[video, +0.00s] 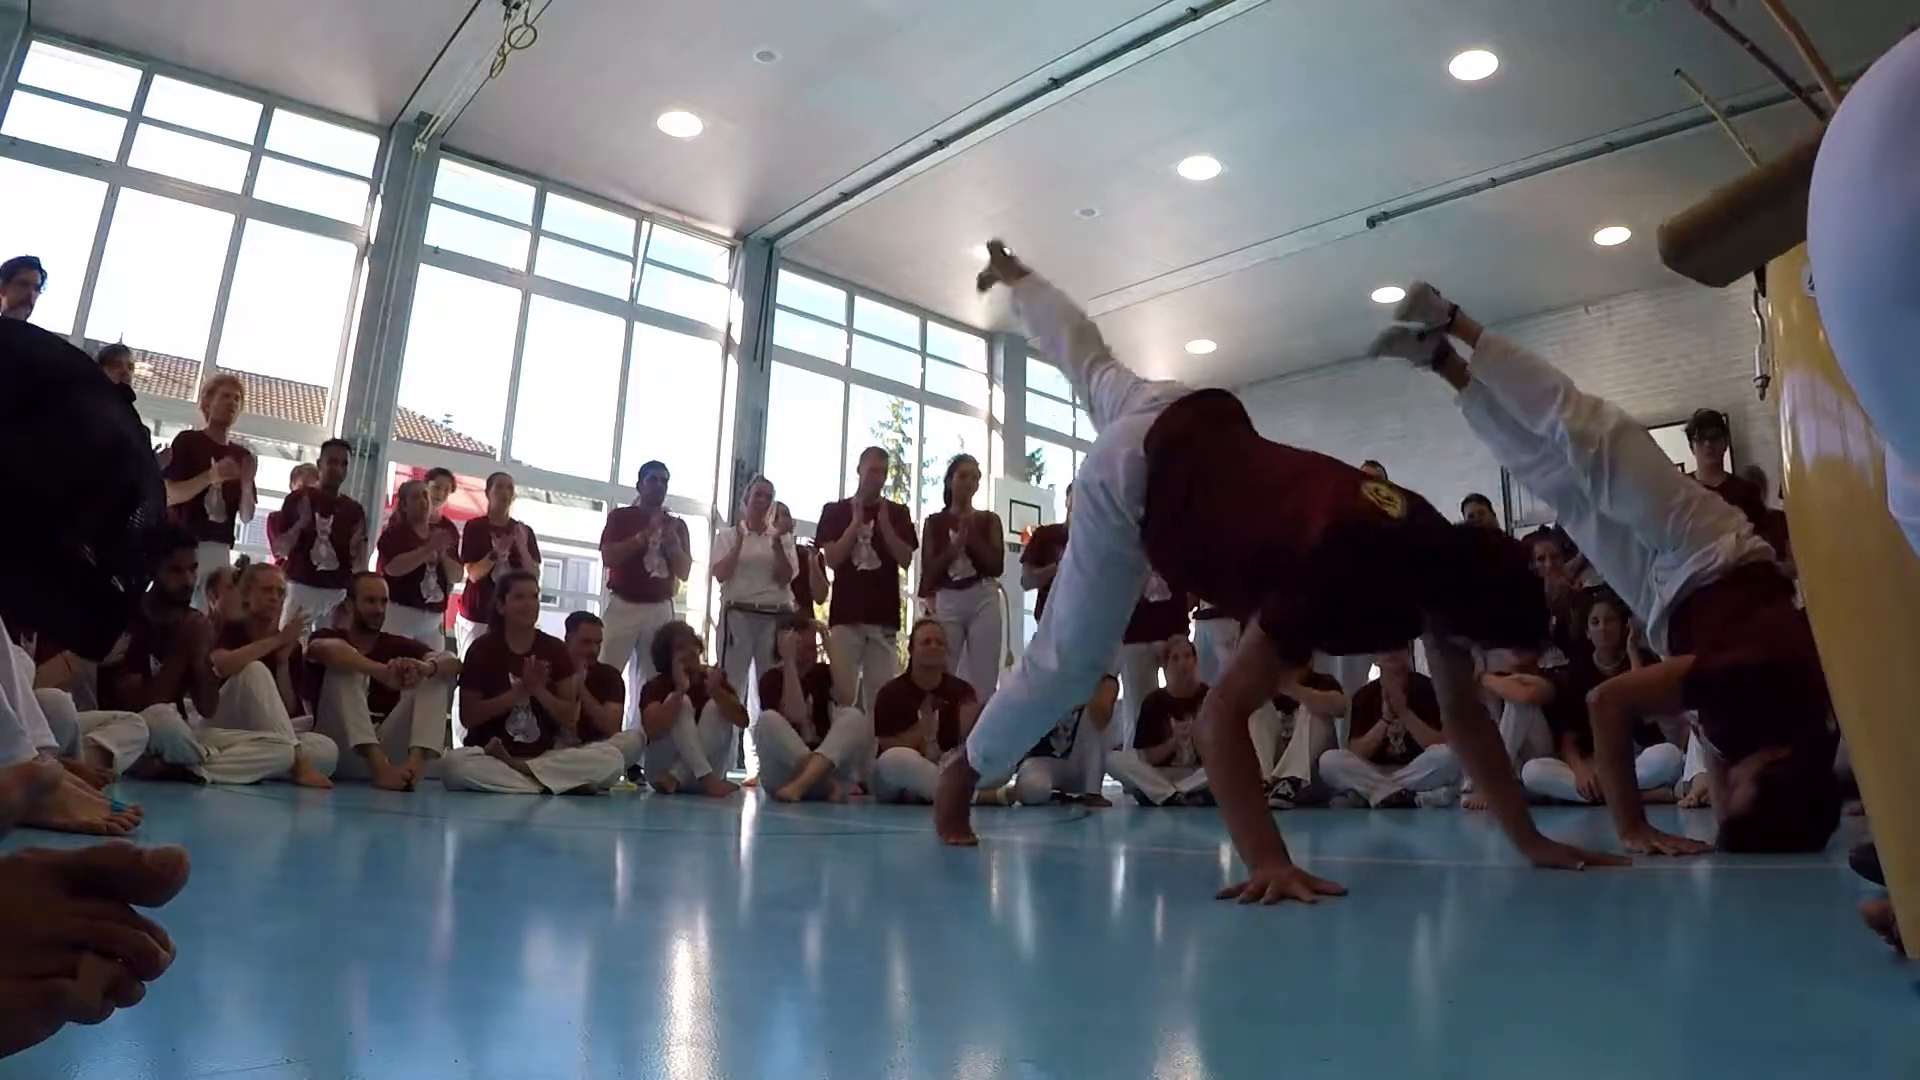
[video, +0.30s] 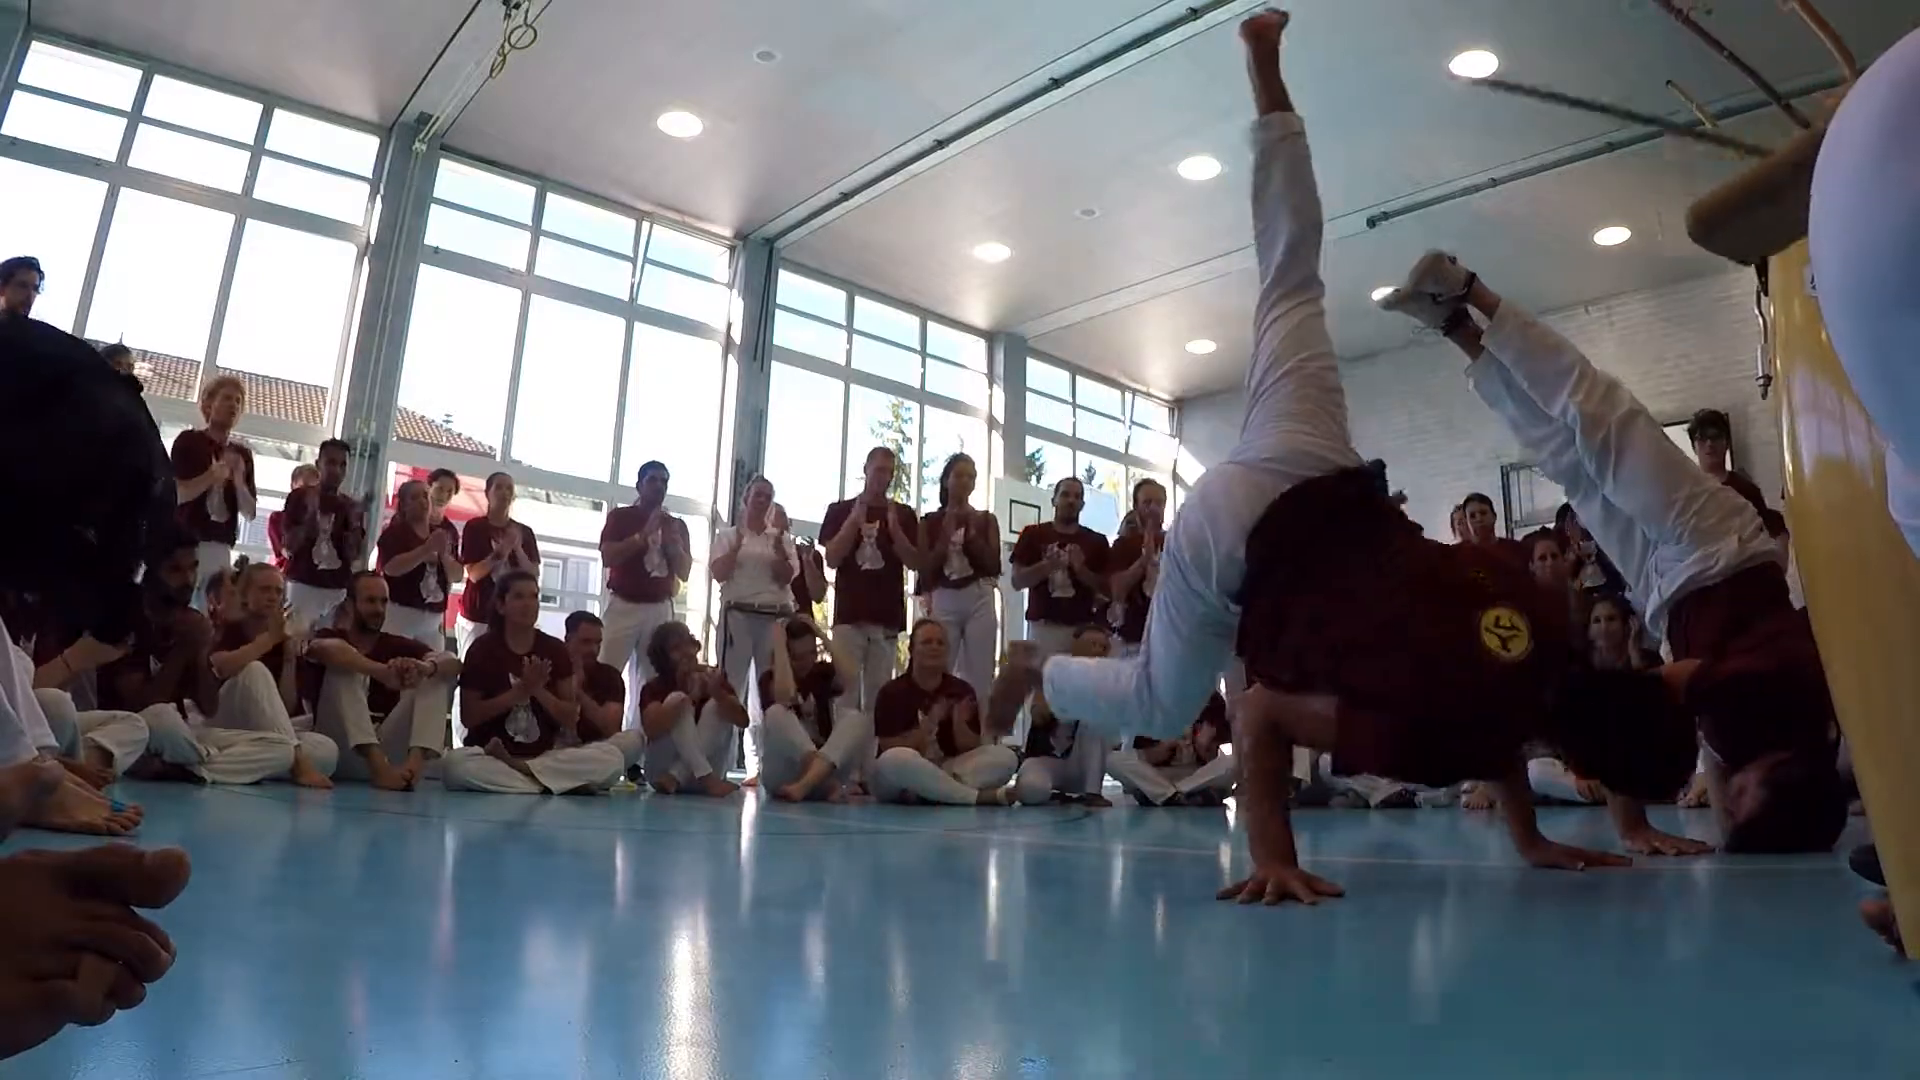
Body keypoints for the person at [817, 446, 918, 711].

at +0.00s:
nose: (875, 477)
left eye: (880, 471)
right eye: (870, 470)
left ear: (886, 475)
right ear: (858, 471)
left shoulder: (898, 512)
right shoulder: (835, 511)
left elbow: (905, 559)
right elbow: (832, 560)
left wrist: (884, 528)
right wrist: (854, 526)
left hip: (884, 618)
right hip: (846, 616)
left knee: (881, 699)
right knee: (844, 696)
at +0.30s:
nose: (883, 476)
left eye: (888, 471)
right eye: (878, 470)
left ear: (893, 475)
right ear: (865, 470)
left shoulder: (905, 514)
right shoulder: (840, 511)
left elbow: (916, 563)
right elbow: (832, 559)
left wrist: (894, 530)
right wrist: (854, 519)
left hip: (886, 617)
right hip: (848, 615)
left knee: (880, 697)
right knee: (846, 696)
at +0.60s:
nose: (883, 477)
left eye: (889, 472)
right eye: (879, 470)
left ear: (896, 476)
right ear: (868, 471)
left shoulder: (907, 515)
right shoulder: (844, 511)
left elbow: (912, 563)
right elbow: (834, 558)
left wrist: (884, 526)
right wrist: (857, 525)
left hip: (886, 616)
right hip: (848, 614)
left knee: (880, 695)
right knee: (843, 691)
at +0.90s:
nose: (879, 478)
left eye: (885, 472)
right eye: (874, 471)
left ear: (892, 476)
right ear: (864, 473)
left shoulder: (906, 515)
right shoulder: (842, 512)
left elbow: (912, 562)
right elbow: (832, 560)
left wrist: (880, 528)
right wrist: (863, 527)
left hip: (886, 615)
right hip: (847, 614)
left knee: (878, 695)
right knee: (846, 693)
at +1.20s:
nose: (877, 477)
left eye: (882, 471)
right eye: (872, 471)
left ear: (889, 475)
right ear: (862, 473)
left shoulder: (905, 516)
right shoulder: (840, 513)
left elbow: (909, 565)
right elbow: (830, 565)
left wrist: (885, 531)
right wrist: (858, 534)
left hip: (886, 618)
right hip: (846, 617)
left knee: (881, 697)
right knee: (846, 695)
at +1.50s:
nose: (877, 476)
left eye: (882, 470)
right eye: (871, 470)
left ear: (888, 474)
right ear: (861, 473)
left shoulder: (904, 516)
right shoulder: (840, 514)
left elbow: (911, 563)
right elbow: (831, 563)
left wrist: (896, 527)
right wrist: (846, 528)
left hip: (887, 616)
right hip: (848, 616)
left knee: (883, 695)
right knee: (848, 694)